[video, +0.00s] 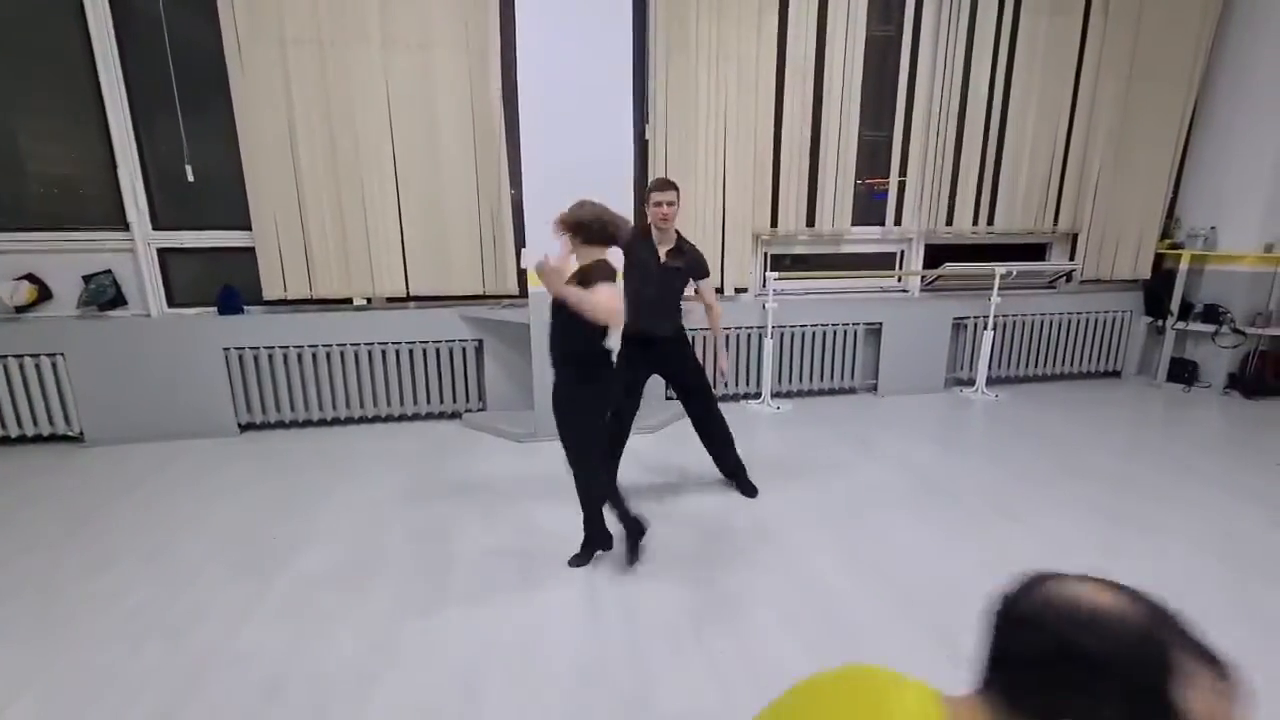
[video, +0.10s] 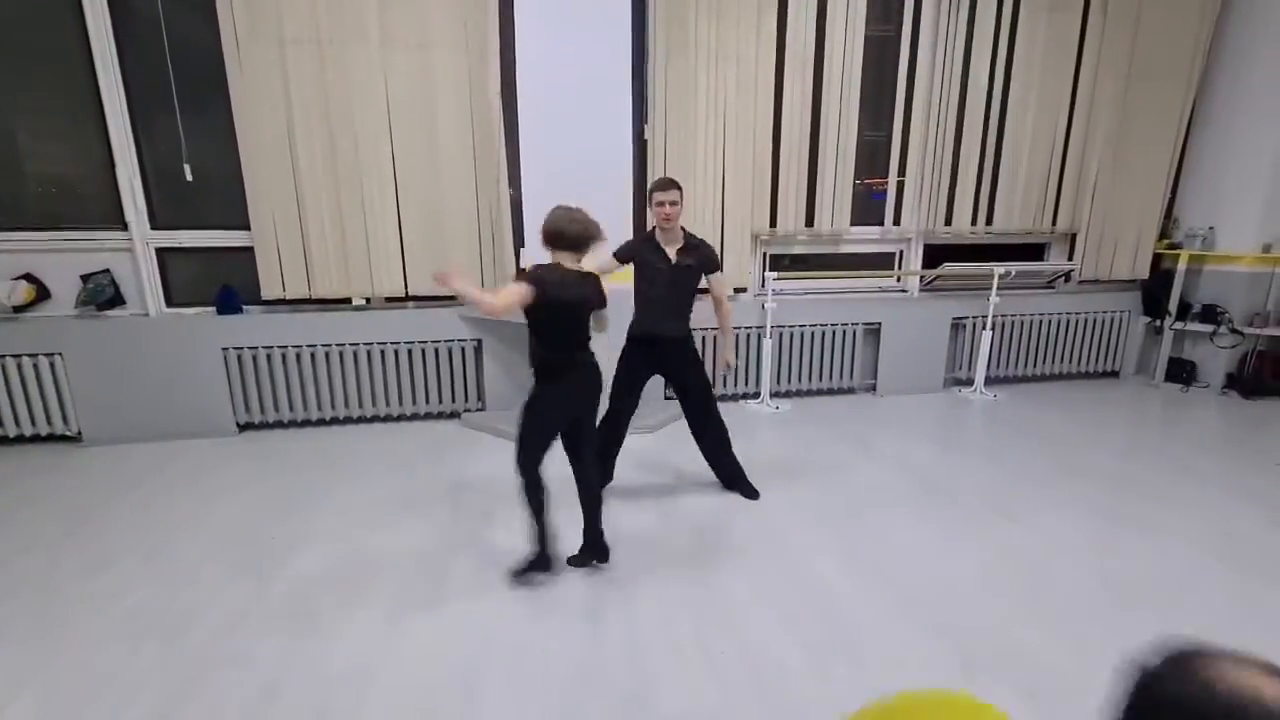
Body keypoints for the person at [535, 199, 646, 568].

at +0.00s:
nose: (563, 235)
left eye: (568, 230)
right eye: (564, 229)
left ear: (581, 234)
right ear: (594, 234)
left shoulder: (600, 271)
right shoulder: (580, 268)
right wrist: (551, 277)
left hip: (591, 382)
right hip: (571, 380)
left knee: (592, 461)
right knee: (581, 460)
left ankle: (630, 523)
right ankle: (595, 531)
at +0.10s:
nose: (542, 238)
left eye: (545, 233)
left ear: (548, 240)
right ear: (586, 243)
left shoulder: (536, 279)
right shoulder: (592, 282)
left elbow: (495, 306)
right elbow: (601, 322)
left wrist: (460, 286)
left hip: (552, 387)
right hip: (586, 383)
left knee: (528, 462)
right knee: (584, 460)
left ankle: (543, 552)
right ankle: (595, 542)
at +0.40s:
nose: (529, 250)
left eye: (528, 243)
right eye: (525, 244)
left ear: (491, 248)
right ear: (509, 249)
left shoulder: (479, 281)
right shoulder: (508, 290)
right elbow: (553, 324)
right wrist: (595, 329)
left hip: (461, 381)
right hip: (481, 387)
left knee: (482, 453)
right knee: (537, 439)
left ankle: (456, 524)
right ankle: (541, 514)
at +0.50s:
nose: (518, 251)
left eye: (516, 245)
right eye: (513, 246)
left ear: (484, 253)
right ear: (497, 253)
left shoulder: (478, 283)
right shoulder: (489, 291)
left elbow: (526, 318)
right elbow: (538, 322)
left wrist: (567, 320)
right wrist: (580, 327)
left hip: (453, 382)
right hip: (460, 387)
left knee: (470, 451)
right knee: (499, 445)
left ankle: (457, 517)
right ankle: (526, 519)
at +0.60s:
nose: (510, 252)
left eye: (509, 246)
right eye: (506, 247)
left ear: (476, 252)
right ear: (491, 253)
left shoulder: (475, 285)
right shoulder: (475, 291)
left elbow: (510, 325)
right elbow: (528, 321)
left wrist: (561, 331)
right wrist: (575, 327)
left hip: (460, 381)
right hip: (446, 384)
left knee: (464, 449)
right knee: (483, 448)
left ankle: (456, 516)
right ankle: (520, 520)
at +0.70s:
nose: (506, 252)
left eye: (505, 246)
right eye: (501, 247)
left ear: (475, 251)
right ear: (482, 252)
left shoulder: (479, 280)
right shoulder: (467, 289)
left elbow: (503, 317)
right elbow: (521, 319)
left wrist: (529, 337)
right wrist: (569, 324)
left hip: (459, 378)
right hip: (440, 382)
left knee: (457, 443)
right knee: (477, 448)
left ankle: (456, 511)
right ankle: (516, 522)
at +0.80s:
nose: (502, 249)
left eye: (500, 243)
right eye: (496, 245)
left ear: (471, 250)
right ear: (478, 251)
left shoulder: (477, 277)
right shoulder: (463, 290)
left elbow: (500, 311)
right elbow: (519, 319)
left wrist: (510, 331)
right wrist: (566, 324)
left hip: (459, 377)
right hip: (440, 380)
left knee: (457, 444)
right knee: (478, 448)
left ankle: (456, 511)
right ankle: (517, 521)